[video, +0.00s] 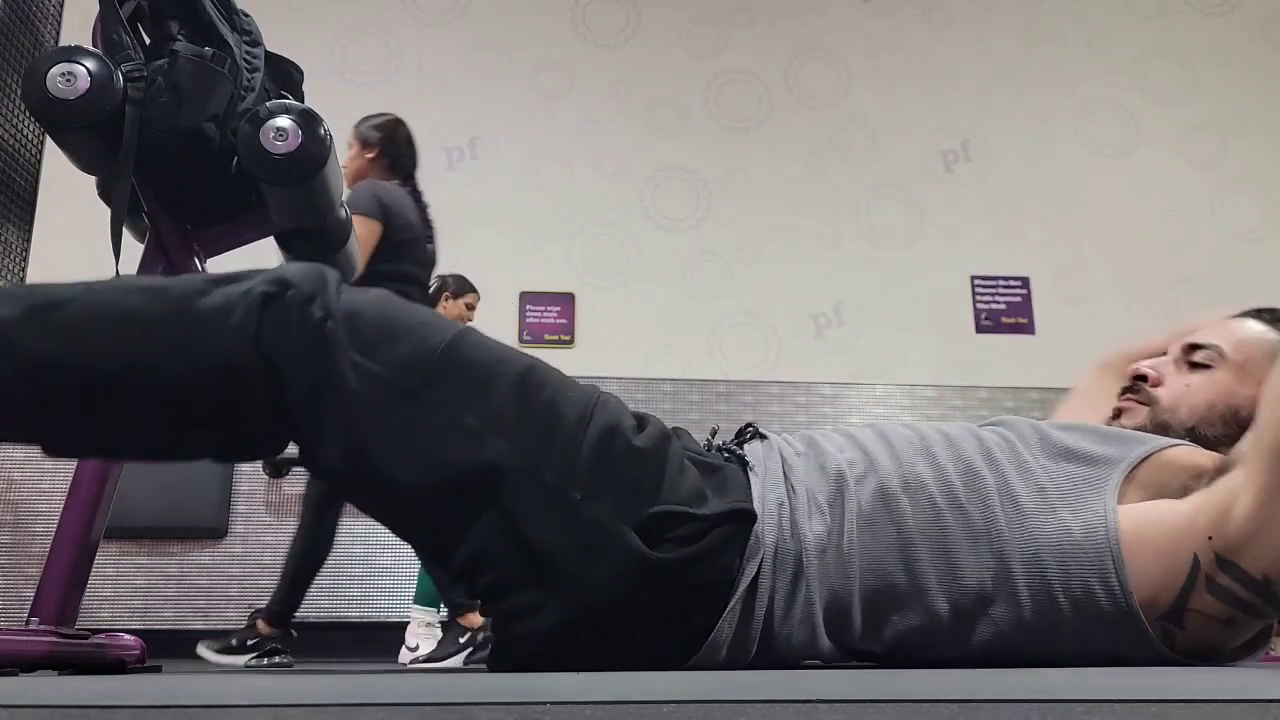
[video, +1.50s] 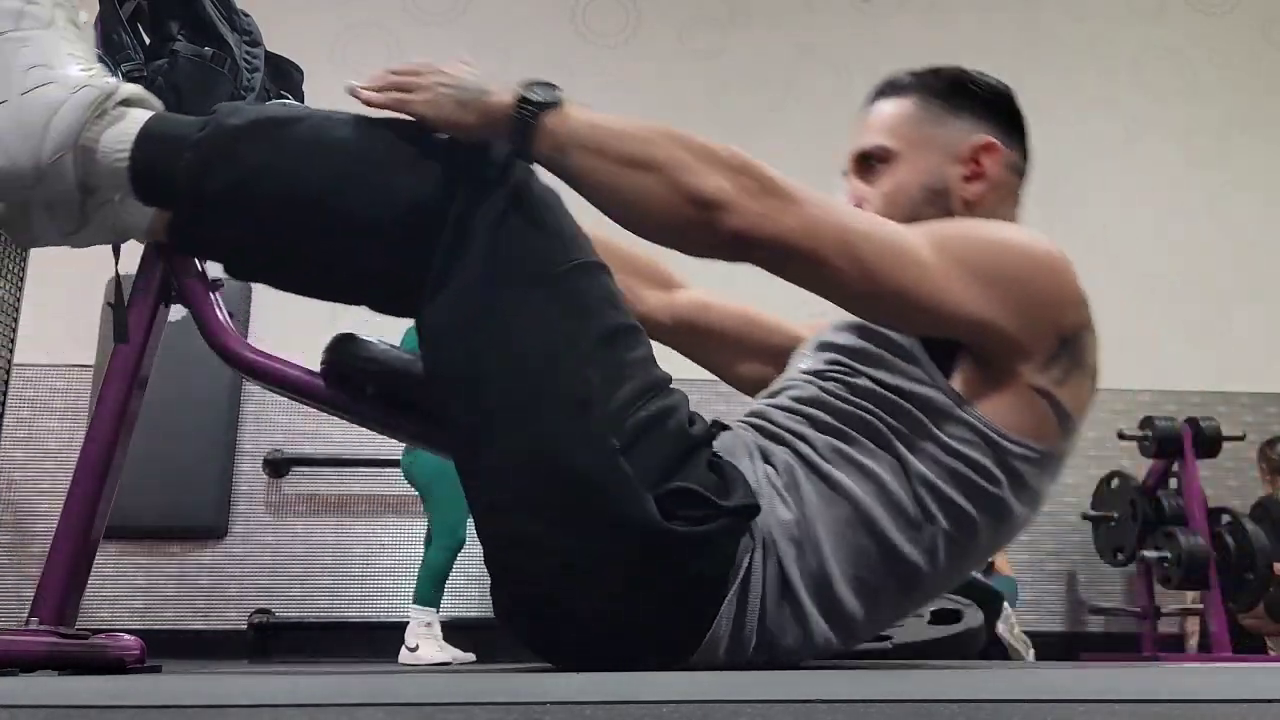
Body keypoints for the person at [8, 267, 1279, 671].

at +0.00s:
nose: (1179, 364)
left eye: (1217, 368)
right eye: (1183, 347)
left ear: (1249, 427)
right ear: (1144, 370)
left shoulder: (1193, 547)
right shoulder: (1082, 457)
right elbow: (1108, 373)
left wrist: (1239, 363)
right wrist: (1155, 375)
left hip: (694, 558)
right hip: (676, 497)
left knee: (308, 324)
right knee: (310, 320)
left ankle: (12, 340)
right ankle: (19, 336)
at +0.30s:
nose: (1187, 390)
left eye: (1216, 398)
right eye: (1195, 383)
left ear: (1243, 454)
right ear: (1173, 420)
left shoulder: (1203, 547)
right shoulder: (1123, 494)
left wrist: (1257, 439)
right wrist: (1234, 430)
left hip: (669, 537)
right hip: (666, 505)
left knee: (226, 422)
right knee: (261, 422)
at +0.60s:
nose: (1196, 396)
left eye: (1226, 406)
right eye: (1208, 388)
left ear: (1251, 465)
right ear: (1183, 424)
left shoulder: (1206, 548)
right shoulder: (1127, 488)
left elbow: (1279, 592)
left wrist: (1248, 460)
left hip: (664, 539)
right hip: (660, 482)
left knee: (218, 470)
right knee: (230, 462)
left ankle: (11, 526)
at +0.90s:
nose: (1192, 394)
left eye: (1225, 402)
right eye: (1204, 384)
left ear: (1243, 459)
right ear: (1177, 414)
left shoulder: (1181, 556)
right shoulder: (1112, 478)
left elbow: (1267, 507)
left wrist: (1242, 429)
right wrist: (1233, 421)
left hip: (664, 564)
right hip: (662, 490)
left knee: (277, 333)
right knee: (292, 329)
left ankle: (14, 355)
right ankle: (41, 349)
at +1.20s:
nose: (1098, 340)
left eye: (1140, 330)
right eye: (1113, 323)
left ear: (1239, 378)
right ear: (1191, 370)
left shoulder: (1219, 479)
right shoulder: (1059, 470)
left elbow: (961, 265)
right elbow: (864, 366)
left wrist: (808, 128)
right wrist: (791, 180)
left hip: (700, 566)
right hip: (677, 528)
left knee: (401, 246)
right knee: (404, 244)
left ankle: (38, 215)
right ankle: (69, 197)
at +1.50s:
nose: (850, 196)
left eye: (878, 168)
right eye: (853, 175)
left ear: (984, 170)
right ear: (924, 183)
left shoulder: (1036, 287)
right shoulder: (861, 343)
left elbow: (759, 212)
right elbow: (646, 287)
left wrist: (516, 112)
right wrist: (495, 157)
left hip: (696, 570)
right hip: (643, 564)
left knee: (472, 189)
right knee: (470, 185)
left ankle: (78, 164)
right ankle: (98, 157)